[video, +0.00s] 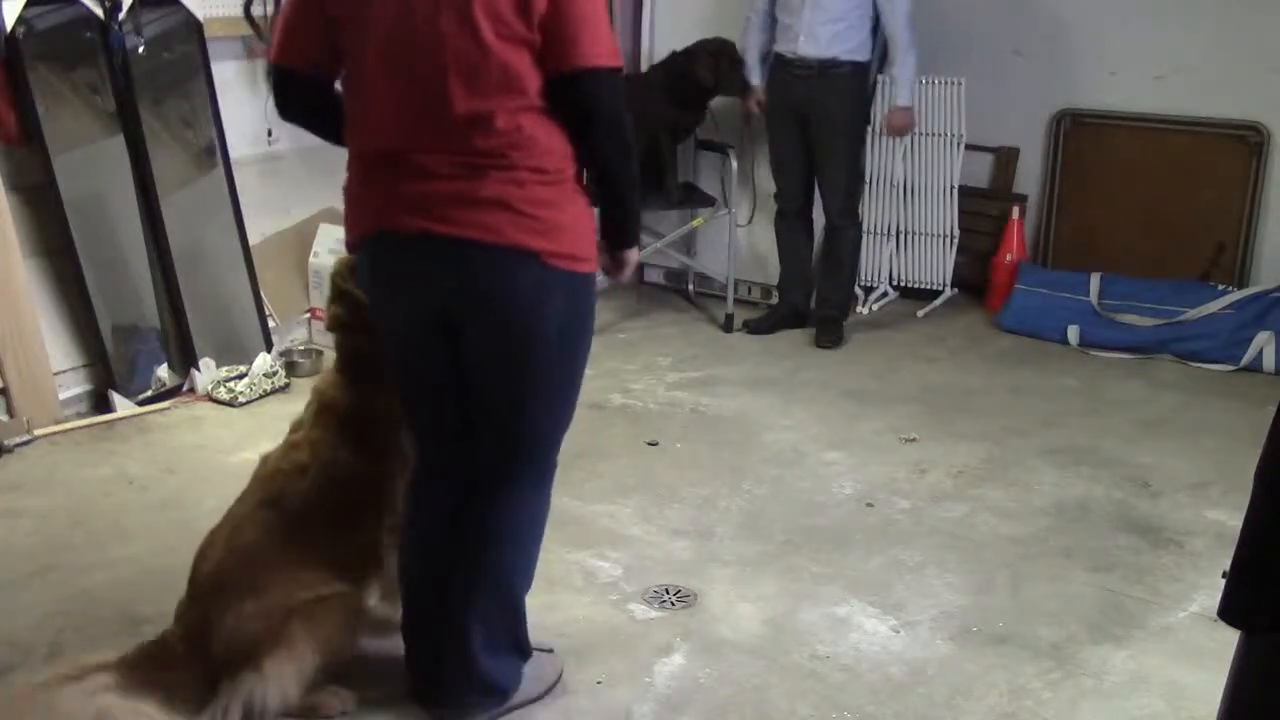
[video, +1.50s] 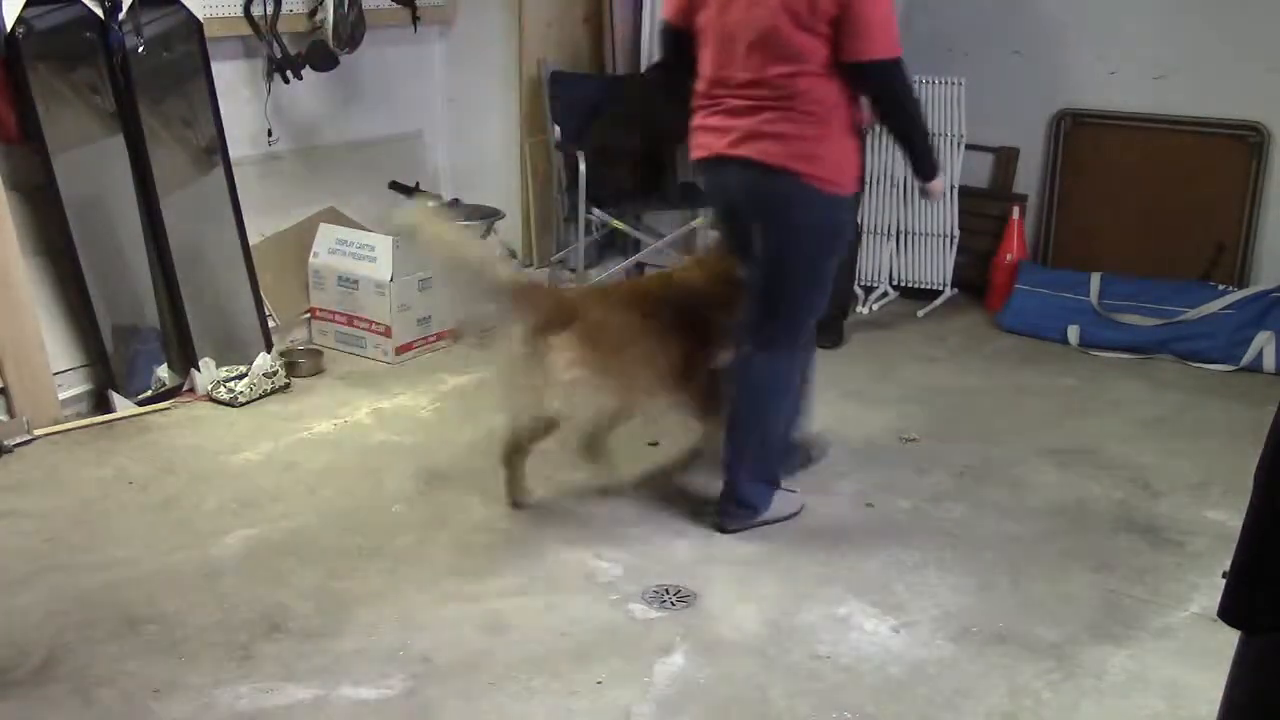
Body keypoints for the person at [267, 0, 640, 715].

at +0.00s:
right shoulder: (551, 0)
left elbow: (295, 87)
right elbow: (590, 93)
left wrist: (387, 134)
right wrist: (623, 223)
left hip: (395, 238)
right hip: (523, 238)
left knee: (437, 459)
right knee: (516, 467)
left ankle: (434, 666)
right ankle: (483, 671)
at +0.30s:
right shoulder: (578, 2)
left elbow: (330, 83)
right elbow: (620, 103)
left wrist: (421, 132)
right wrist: (667, 250)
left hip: (417, 230)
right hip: (540, 235)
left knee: (487, 433)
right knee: (519, 473)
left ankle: (496, 594)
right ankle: (486, 679)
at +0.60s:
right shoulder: (624, 0)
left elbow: (397, 84)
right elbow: (675, 106)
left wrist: (486, 129)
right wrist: (723, 215)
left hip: (471, 218)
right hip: (579, 229)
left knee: (538, 404)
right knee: (534, 452)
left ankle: (551, 552)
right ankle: (485, 672)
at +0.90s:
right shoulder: (666, 1)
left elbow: (470, 54)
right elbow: (684, 76)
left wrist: (548, 104)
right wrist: (730, 203)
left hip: (534, 182)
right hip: (633, 191)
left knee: (562, 376)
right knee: (684, 361)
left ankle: (537, 560)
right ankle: (611, 529)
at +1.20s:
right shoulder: (759, 4)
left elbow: (580, 56)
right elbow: (766, 80)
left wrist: (642, 119)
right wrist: (814, 204)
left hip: (631, 177)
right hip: (728, 188)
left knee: (637, 358)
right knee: (748, 348)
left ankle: (557, 528)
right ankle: (740, 495)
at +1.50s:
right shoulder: (851, 1)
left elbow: (677, 50)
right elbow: (876, 67)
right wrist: (926, 163)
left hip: (719, 152)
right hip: (805, 161)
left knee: (776, 306)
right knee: (783, 330)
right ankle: (746, 498)